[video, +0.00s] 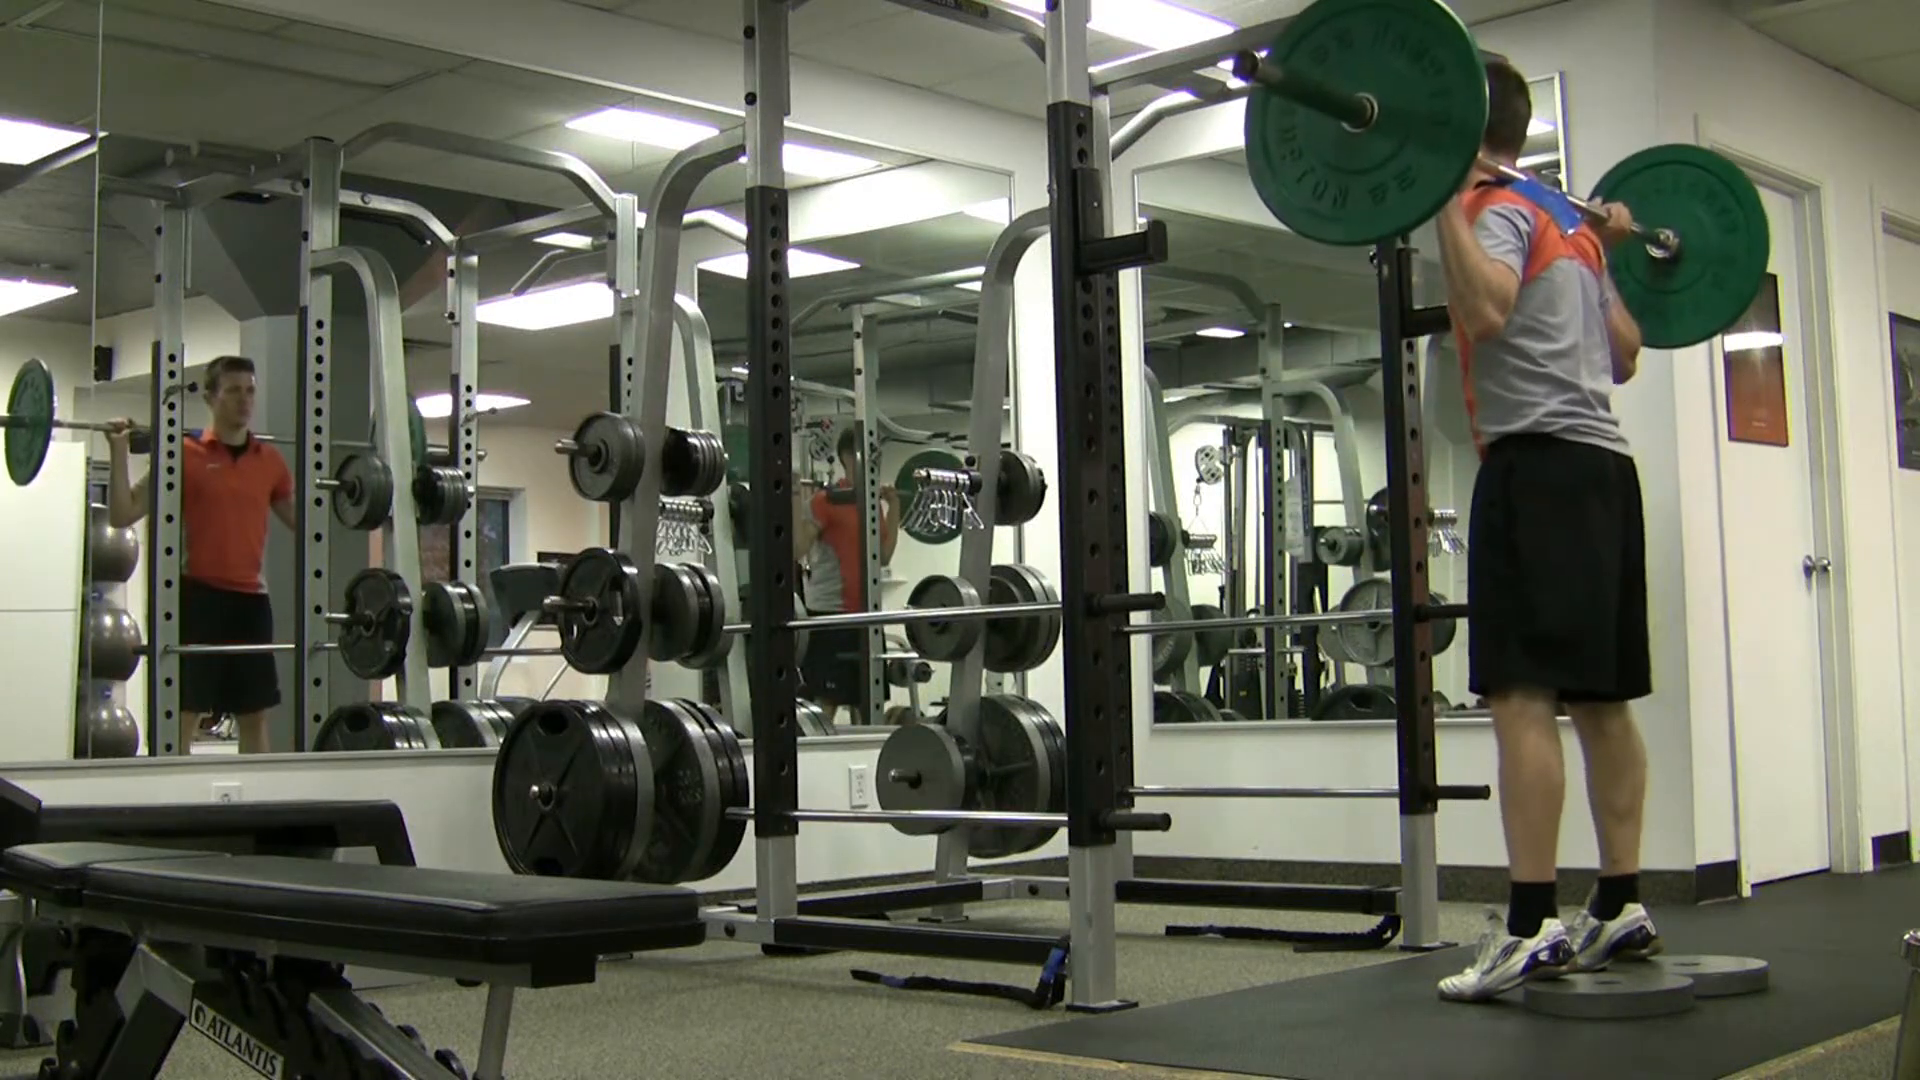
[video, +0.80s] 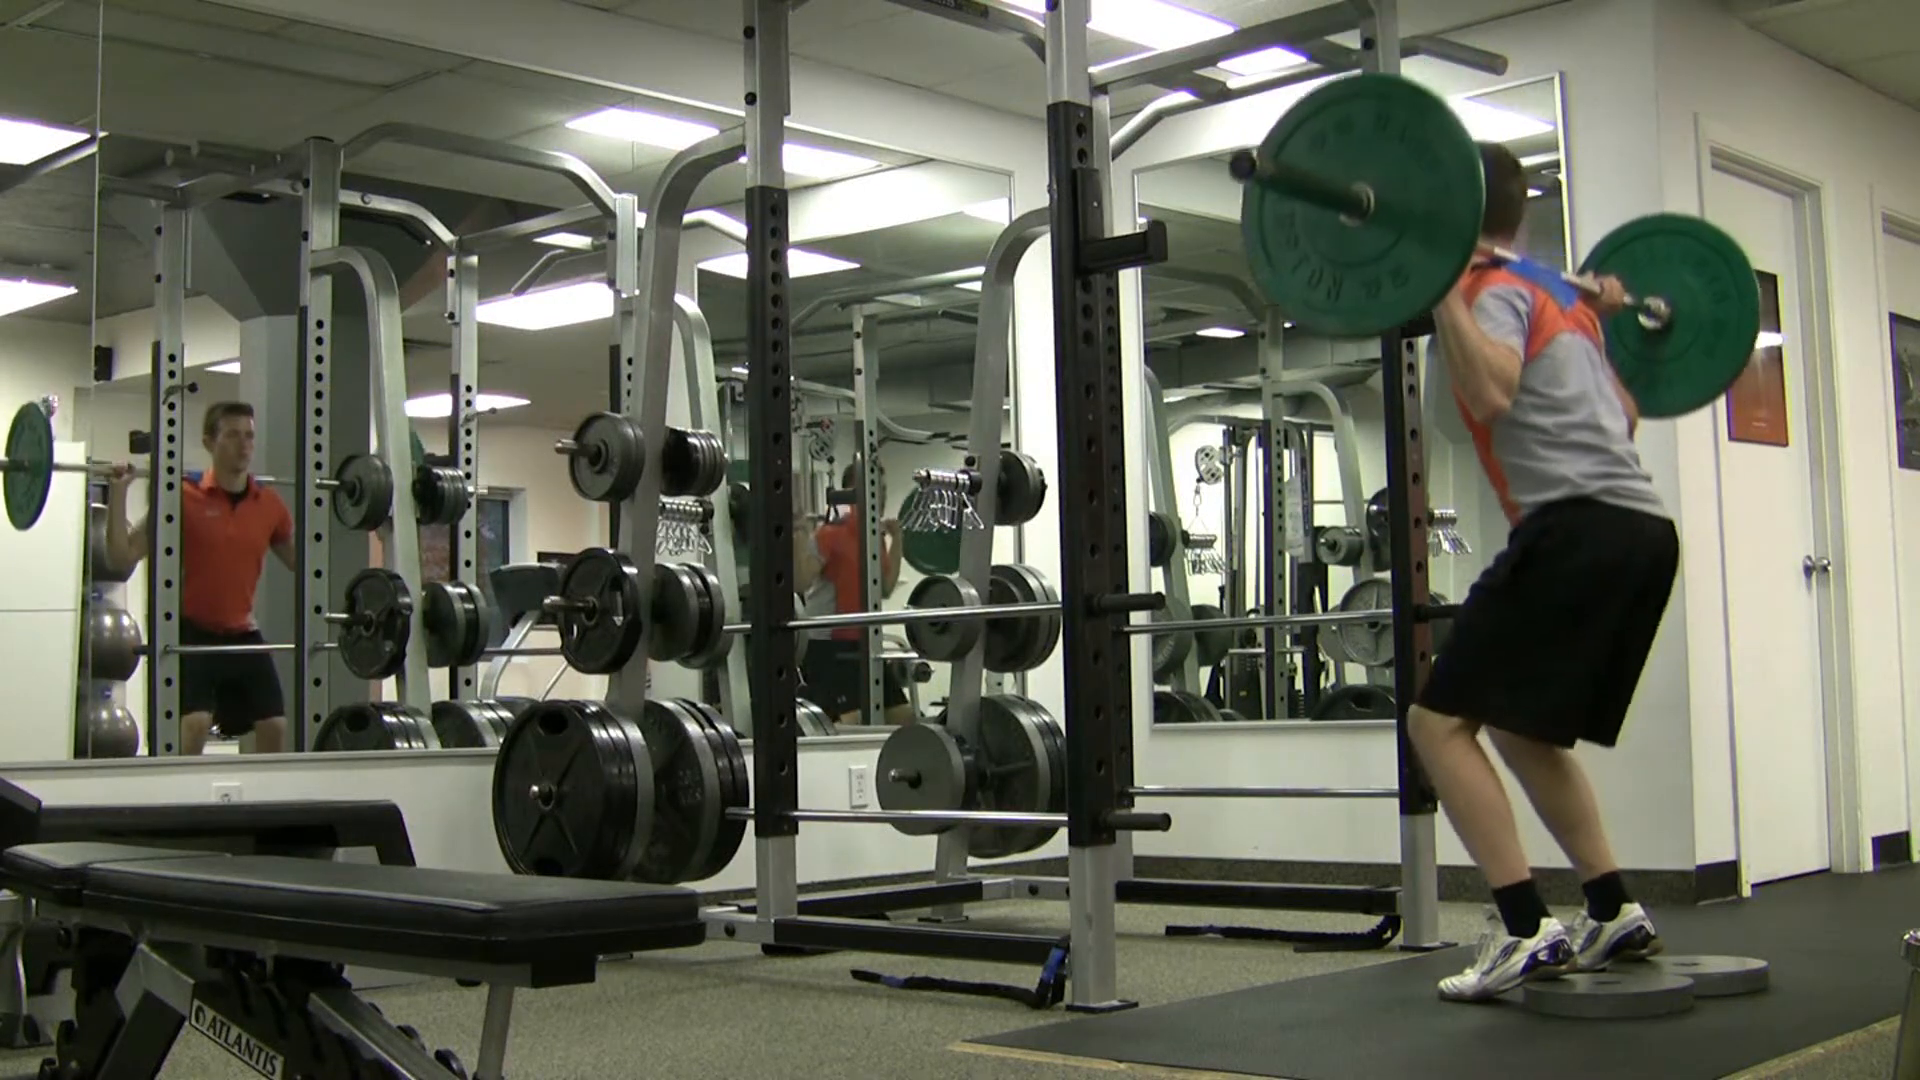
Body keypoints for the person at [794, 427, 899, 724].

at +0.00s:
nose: (866, 464)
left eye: (870, 455)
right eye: (859, 455)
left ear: (874, 458)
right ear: (844, 457)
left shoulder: (870, 503)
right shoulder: (824, 502)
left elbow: (884, 556)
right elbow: (797, 551)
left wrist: (894, 508)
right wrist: (794, 500)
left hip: (866, 610)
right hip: (831, 611)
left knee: (867, 702)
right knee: (827, 699)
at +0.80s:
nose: (875, 494)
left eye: (879, 487)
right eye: (867, 487)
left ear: (882, 490)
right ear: (850, 491)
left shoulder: (875, 536)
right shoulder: (831, 534)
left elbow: (887, 587)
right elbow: (802, 583)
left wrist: (896, 539)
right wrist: (800, 538)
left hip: (869, 641)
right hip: (833, 642)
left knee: (902, 718)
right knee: (849, 721)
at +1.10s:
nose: (876, 525)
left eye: (881, 518)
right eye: (867, 518)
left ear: (886, 522)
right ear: (850, 522)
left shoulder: (879, 566)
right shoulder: (833, 563)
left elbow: (890, 609)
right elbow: (813, 602)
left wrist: (900, 568)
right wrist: (801, 567)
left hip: (869, 664)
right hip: (835, 664)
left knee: (909, 719)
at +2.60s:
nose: (886, 537)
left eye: (887, 531)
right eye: (878, 530)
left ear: (889, 533)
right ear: (855, 535)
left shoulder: (881, 575)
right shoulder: (831, 575)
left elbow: (888, 624)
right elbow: (808, 621)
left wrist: (904, 580)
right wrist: (801, 578)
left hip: (866, 672)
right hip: (827, 672)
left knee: (910, 718)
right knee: (857, 720)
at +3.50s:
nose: (874, 465)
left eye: (877, 457)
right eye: (865, 457)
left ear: (882, 460)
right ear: (849, 459)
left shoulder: (875, 505)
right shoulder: (830, 502)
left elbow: (888, 557)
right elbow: (799, 554)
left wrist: (898, 512)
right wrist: (798, 503)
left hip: (865, 613)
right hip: (833, 614)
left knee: (868, 704)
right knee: (838, 703)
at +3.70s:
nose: (872, 462)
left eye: (876, 454)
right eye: (864, 454)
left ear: (881, 457)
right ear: (849, 457)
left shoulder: (875, 502)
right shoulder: (830, 499)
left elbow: (888, 556)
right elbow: (799, 552)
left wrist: (897, 509)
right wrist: (798, 501)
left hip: (866, 610)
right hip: (832, 611)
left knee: (868, 701)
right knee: (830, 700)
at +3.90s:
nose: (871, 462)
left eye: (876, 454)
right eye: (863, 454)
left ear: (881, 457)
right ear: (849, 457)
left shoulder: (875, 502)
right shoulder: (830, 498)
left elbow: (888, 555)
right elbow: (798, 551)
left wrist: (897, 508)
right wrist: (798, 501)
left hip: (868, 611)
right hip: (833, 612)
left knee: (868, 702)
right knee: (827, 701)